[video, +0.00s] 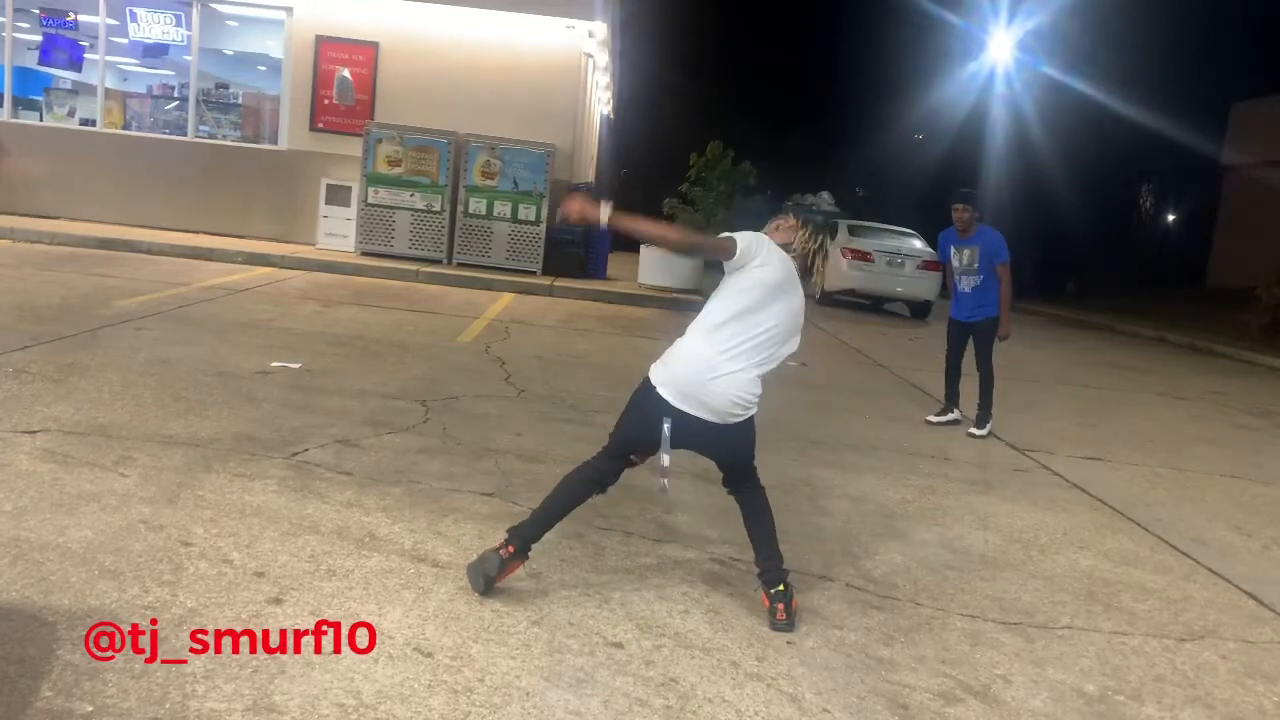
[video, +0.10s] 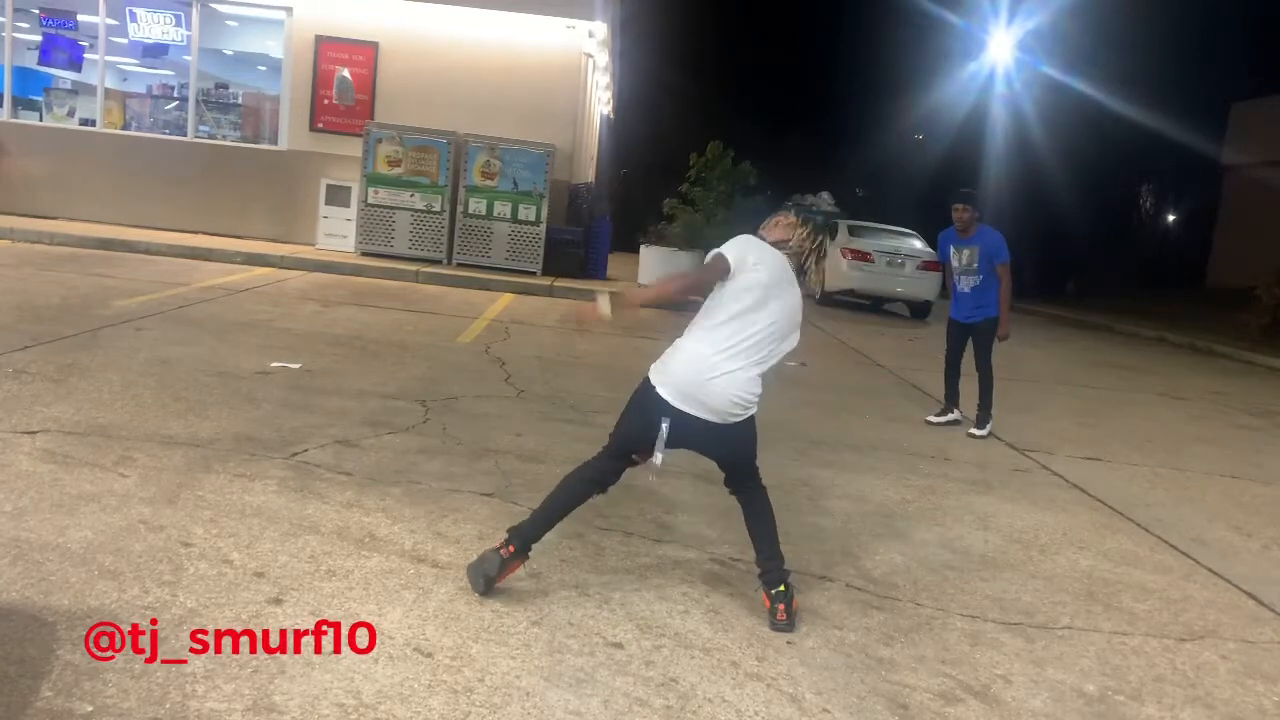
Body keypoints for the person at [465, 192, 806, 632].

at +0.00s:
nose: (773, 223)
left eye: (784, 222)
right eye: (779, 219)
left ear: (794, 238)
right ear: (811, 258)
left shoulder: (757, 246)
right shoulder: (797, 312)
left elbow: (686, 240)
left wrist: (601, 213)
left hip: (665, 394)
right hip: (727, 421)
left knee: (606, 464)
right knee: (747, 487)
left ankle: (512, 548)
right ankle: (778, 592)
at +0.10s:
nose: (768, 224)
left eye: (778, 222)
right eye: (774, 220)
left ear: (787, 238)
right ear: (805, 259)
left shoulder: (749, 248)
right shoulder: (795, 313)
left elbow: (695, 284)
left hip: (666, 396)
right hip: (728, 420)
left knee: (606, 465)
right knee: (747, 484)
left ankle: (513, 547)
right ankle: (778, 589)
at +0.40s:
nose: (773, 217)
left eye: (782, 214)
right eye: (783, 214)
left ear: (787, 223)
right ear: (813, 250)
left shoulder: (738, 243)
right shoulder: (792, 307)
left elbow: (689, 299)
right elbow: (760, 363)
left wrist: (656, 374)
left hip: (662, 395)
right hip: (726, 419)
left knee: (603, 464)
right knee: (744, 488)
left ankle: (513, 549)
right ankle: (777, 591)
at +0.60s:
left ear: (808, 243)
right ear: (830, 281)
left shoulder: (755, 235)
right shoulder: (797, 313)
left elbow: (691, 284)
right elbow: (749, 369)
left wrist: (651, 355)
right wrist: (700, 385)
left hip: (655, 382)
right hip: (716, 409)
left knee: (596, 457)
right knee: (740, 483)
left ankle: (512, 547)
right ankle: (776, 589)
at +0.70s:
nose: (842, 299)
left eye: (848, 292)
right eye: (846, 293)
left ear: (820, 242)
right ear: (840, 285)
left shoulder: (759, 237)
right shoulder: (802, 323)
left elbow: (690, 281)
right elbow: (750, 365)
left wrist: (646, 344)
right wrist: (697, 371)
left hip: (652, 380)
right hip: (714, 407)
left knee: (590, 455)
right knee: (735, 484)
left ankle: (512, 546)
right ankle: (775, 592)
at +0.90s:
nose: (862, 254)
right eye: (859, 243)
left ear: (801, 218)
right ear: (846, 244)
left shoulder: (751, 242)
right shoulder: (826, 306)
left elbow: (680, 288)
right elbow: (780, 361)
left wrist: (633, 343)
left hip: (656, 381)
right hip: (715, 408)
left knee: (588, 456)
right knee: (730, 489)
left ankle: (509, 547)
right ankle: (776, 590)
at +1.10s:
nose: (731, 201)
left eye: (730, 192)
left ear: (727, 197)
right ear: (780, 200)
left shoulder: (704, 248)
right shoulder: (803, 258)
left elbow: (652, 318)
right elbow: (787, 332)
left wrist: (607, 364)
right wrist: (758, 381)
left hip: (670, 386)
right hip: (737, 403)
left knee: (597, 449)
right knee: (747, 473)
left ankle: (529, 545)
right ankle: (779, 574)